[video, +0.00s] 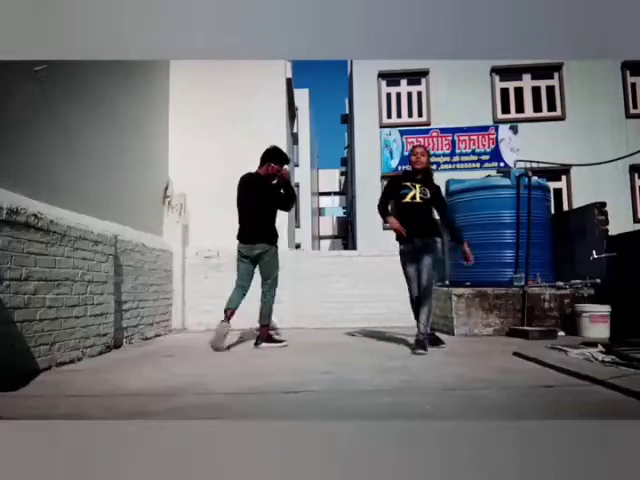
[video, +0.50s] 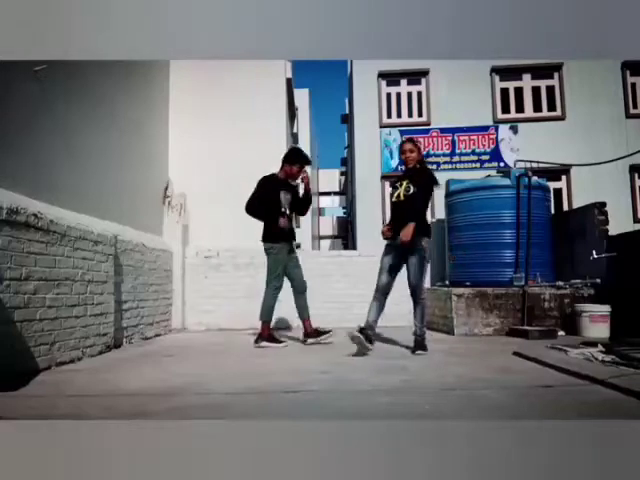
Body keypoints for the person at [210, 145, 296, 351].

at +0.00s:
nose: (280, 171)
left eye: (281, 168)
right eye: (280, 168)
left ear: (262, 163)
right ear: (272, 166)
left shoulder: (245, 180)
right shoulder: (269, 187)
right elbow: (288, 204)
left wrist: (276, 182)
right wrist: (287, 182)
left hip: (245, 241)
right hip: (265, 242)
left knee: (241, 285)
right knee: (269, 286)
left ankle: (225, 320)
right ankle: (264, 331)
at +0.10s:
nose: (285, 172)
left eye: (286, 168)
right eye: (284, 167)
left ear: (268, 164)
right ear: (275, 165)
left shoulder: (250, 181)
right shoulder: (271, 185)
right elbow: (288, 205)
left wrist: (282, 183)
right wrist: (290, 181)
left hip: (252, 241)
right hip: (271, 242)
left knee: (253, 284)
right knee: (271, 286)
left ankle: (235, 318)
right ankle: (265, 331)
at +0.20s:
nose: (288, 172)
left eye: (289, 168)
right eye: (288, 167)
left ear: (273, 164)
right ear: (279, 165)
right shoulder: (268, 183)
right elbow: (282, 207)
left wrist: (291, 186)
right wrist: (293, 186)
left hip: (259, 241)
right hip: (273, 241)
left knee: (268, 284)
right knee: (271, 285)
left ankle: (257, 325)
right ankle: (260, 327)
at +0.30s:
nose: (293, 172)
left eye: (294, 168)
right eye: (292, 167)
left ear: (280, 166)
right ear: (281, 165)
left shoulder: (269, 183)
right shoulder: (269, 184)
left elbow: (284, 206)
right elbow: (283, 207)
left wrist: (297, 191)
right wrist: (298, 192)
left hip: (271, 240)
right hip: (273, 241)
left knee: (279, 284)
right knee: (274, 284)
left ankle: (270, 325)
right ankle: (267, 327)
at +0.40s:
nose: (296, 172)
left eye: (297, 169)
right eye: (294, 168)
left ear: (287, 166)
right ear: (284, 165)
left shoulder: (280, 185)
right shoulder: (269, 183)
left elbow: (298, 204)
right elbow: (258, 210)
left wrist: (303, 186)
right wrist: (280, 208)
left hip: (280, 241)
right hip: (273, 241)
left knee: (288, 286)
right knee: (274, 285)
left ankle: (287, 328)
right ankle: (265, 329)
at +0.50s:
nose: (300, 173)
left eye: (302, 169)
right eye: (299, 168)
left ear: (295, 168)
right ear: (288, 165)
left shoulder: (290, 187)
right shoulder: (268, 182)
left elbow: (301, 210)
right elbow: (251, 207)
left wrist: (306, 189)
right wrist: (276, 219)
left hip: (288, 242)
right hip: (274, 242)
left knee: (299, 285)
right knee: (274, 286)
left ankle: (308, 328)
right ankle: (265, 331)